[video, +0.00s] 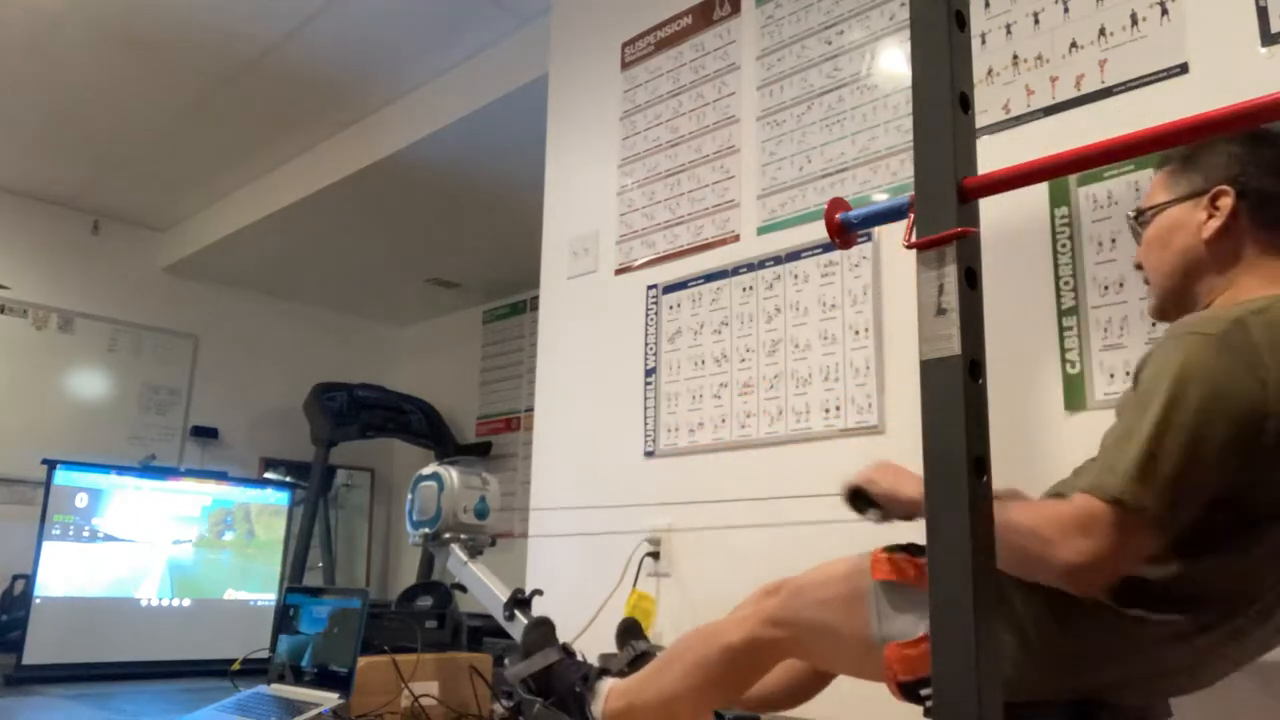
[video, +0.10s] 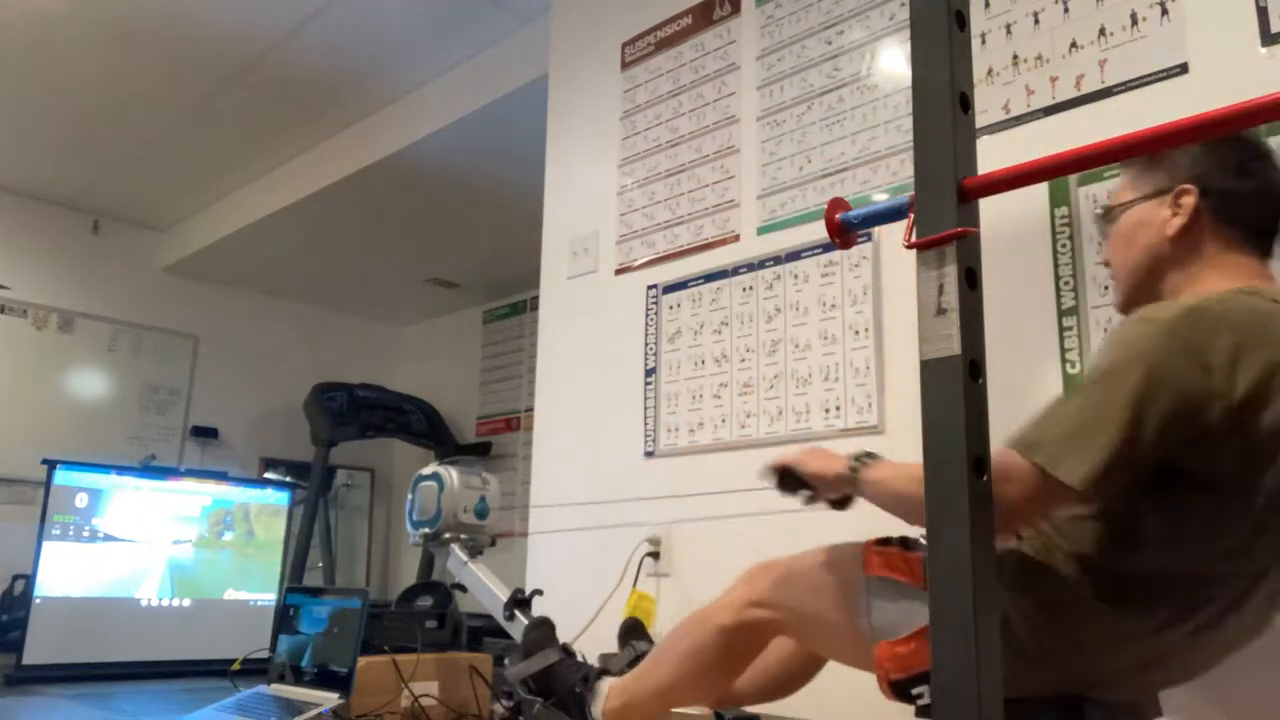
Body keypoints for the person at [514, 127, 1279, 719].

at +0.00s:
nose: (1138, 245)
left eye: (1151, 216)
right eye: (1142, 222)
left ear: (1220, 213)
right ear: (1229, 217)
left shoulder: (1218, 351)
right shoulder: (1262, 341)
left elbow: (1093, 546)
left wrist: (926, 493)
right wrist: (975, 515)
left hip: (1068, 642)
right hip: (1131, 650)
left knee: (784, 609)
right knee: (837, 623)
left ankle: (609, 704)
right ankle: (689, 707)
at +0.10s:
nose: (1104, 247)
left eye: (1115, 218)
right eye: (1106, 223)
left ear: (1182, 211)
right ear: (1206, 216)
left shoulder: (1185, 331)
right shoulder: (1266, 328)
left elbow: (995, 500)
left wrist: (849, 471)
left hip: (1034, 633)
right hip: (1119, 651)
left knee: (763, 593)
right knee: (824, 617)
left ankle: (613, 704)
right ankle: (700, 704)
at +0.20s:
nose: (1050, 235)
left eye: (1062, 209)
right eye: (1054, 214)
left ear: (1121, 206)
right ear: (1143, 210)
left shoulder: (1130, 319)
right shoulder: (1212, 316)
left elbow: (920, 454)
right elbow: (1056, 497)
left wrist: (783, 456)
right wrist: (910, 490)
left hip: (1045, 615)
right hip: (1109, 619)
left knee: (741, 568)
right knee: (809, 597)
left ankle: (610, 705)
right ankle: (688, 701)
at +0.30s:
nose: (982, 239)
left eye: (993, 213)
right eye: (985, 216)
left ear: (1044, 208)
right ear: (1071, 215)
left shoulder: (1053, 312)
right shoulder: (1133, 316)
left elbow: (847, 432)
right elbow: (1017, 515)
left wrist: (724, 453)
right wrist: (862, 496)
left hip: (1009, 628)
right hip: (1068, 627)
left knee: (720, 547)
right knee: (807, 557)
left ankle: (616, 701)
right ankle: (692, 691)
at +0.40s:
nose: (918, 253)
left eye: (926, 234)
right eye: (919, 236)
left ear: (961, 232)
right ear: (1032, 234)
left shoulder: (970, 312)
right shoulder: (1064, 326)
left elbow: (786, 431)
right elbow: (920, 490)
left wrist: (669, 462)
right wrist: (793, 504)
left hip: (935, 625)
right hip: (1024, 631)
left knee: (696, 528)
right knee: (764, 549)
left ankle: (609, 703)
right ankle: (680, 698)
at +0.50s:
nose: (838, 256)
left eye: (848, 236)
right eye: (841, 238)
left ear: (892, 236)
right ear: (912, 237)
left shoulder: (884, 327)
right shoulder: (983, 332)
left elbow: (722, 442)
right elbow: (874, 495)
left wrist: (617, 486)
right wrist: (766, 503)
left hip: (880, 611)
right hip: (959, 616)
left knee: (670, 508)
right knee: (745, 532)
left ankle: (608, 702)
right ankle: (679, 687)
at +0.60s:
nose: (774, 276)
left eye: (781, 257)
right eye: (775, 260)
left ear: (818, 255)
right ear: (878, 263)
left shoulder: (814, 342)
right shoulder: (920, 337)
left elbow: (666, 455)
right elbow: (830, 513)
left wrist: (576, 502)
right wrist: (720, 473)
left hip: (832, 622)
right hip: (921, 624)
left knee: (645, 500)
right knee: (714, 497)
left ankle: (606, 697)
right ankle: (677, 679)